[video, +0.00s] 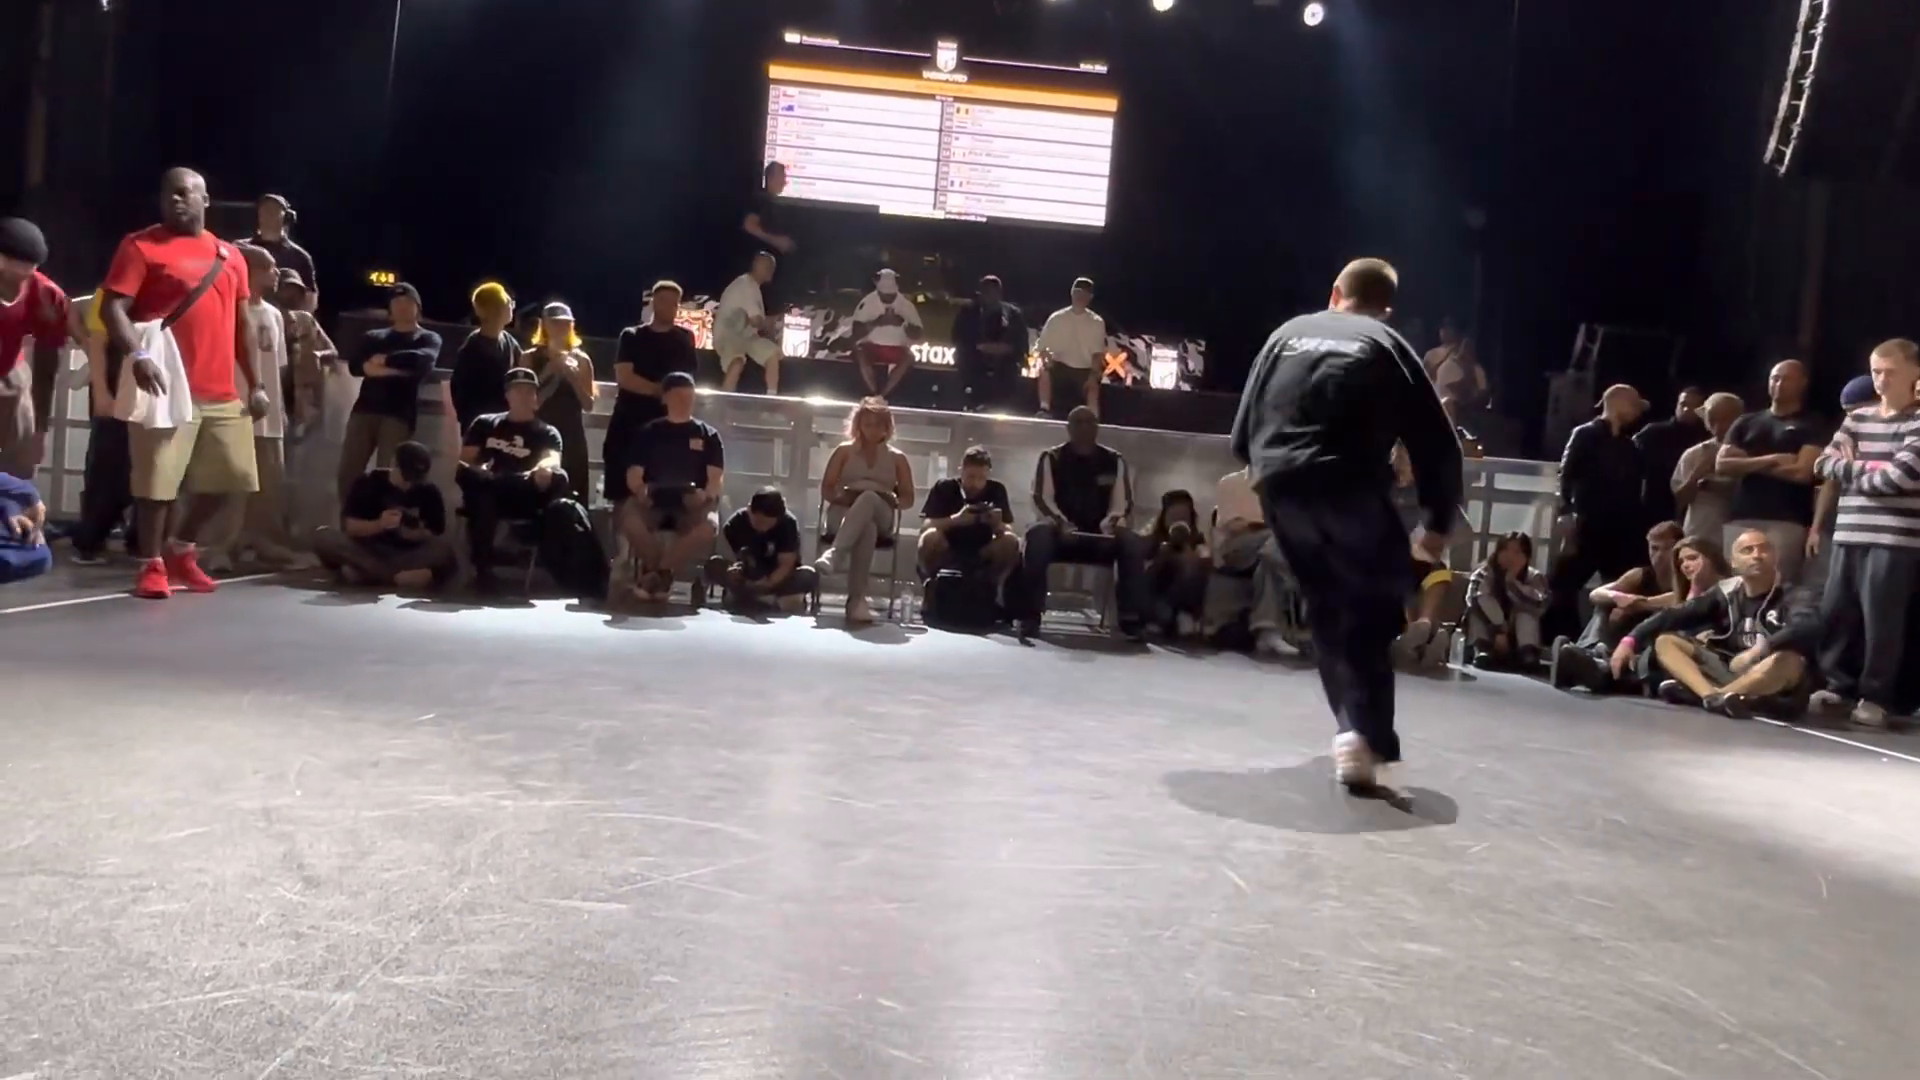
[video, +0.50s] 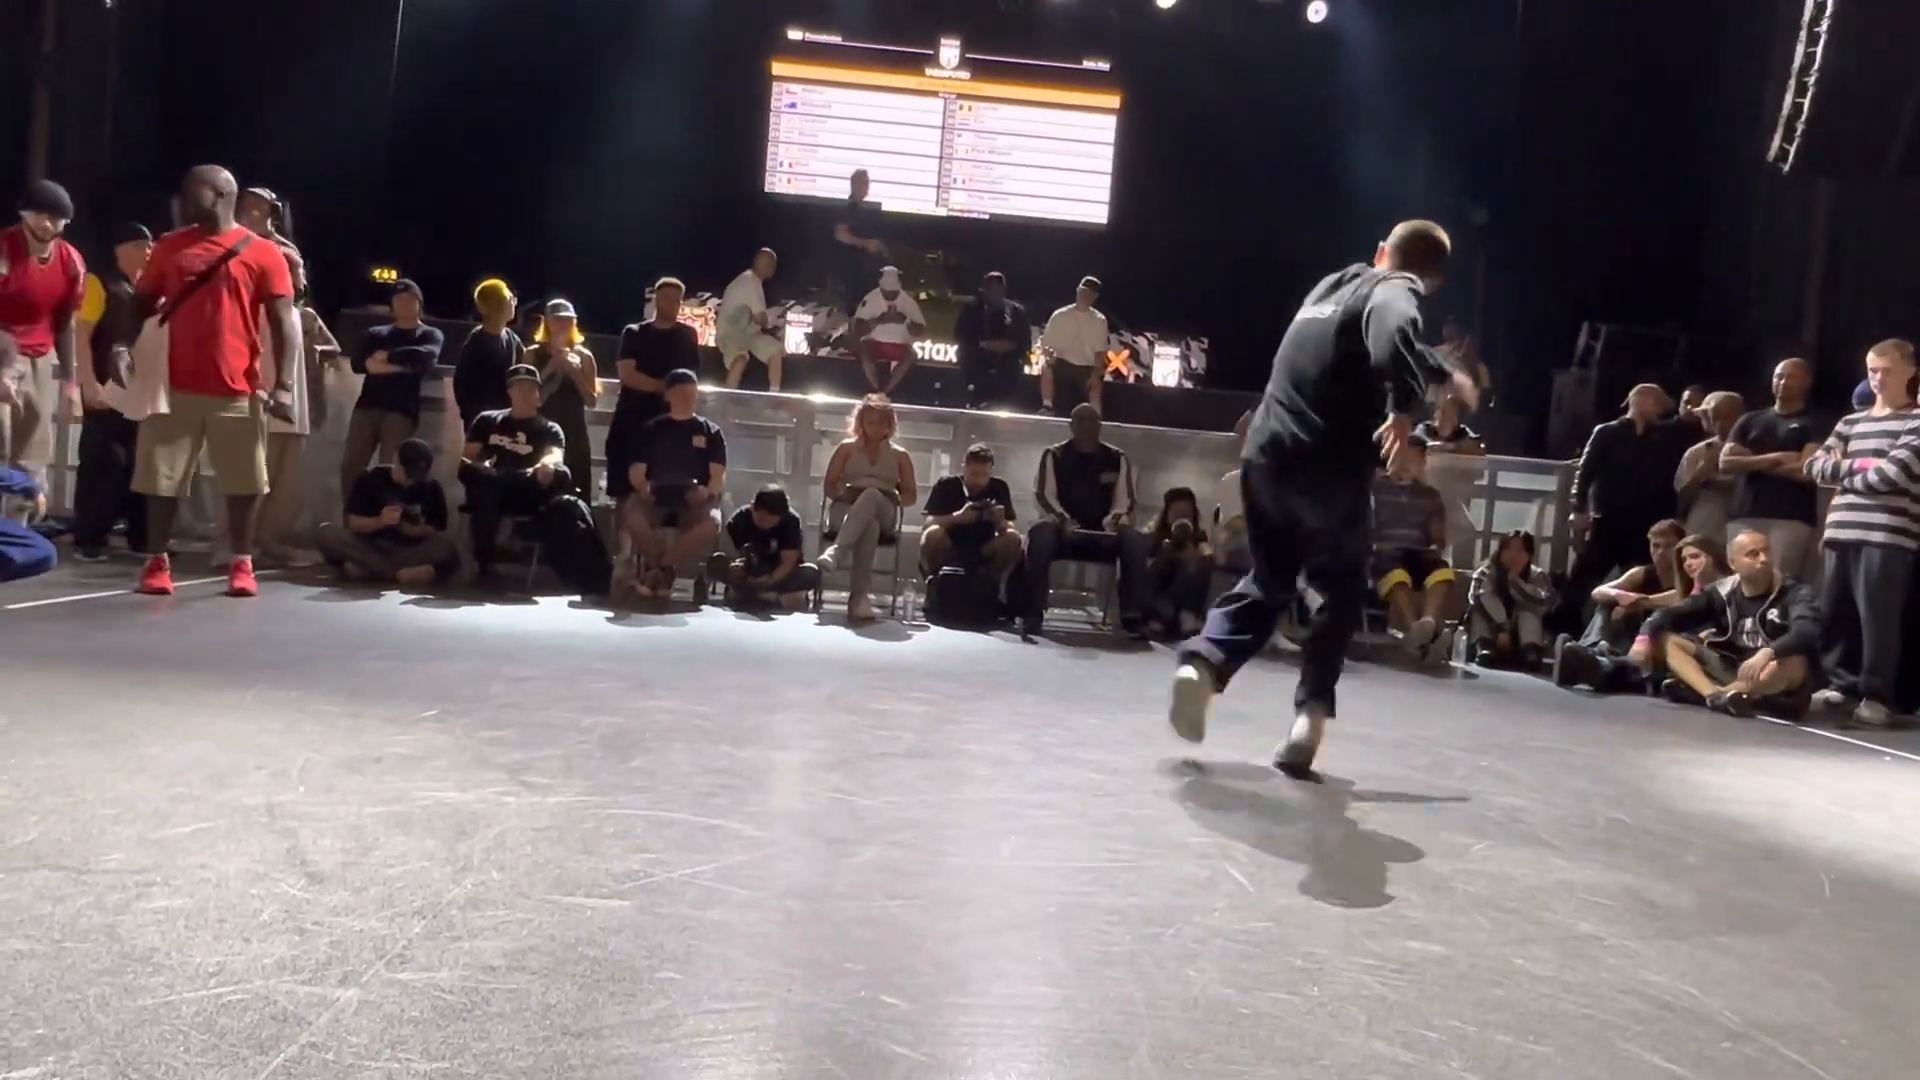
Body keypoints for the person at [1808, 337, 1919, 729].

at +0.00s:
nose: (1878, 380)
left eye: (1887, 373)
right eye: (1875, 373)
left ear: (1915, 377)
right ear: (1871, 375)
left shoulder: (1918, 424)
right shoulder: (1857, 418)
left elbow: (1898, 479)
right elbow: (1824, 464)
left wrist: (1847, 470)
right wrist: (1866, 469)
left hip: (1894, 541)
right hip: (1847, 536)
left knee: (1881, 623)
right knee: (1835, 612)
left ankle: (1876, 699)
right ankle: (1838, 687)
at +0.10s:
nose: (1878, 380)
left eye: (1887, 373)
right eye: (1875, 373)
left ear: (1915, 377)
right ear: (1871, 375)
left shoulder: (1918, 425)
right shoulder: (1856, 420)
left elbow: (1895, 480)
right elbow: (1819, 466)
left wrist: (1845, 473)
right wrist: (1862, 470)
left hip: (1892, 540)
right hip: (1845, 537)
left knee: (1879, 621)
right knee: (1834, 613)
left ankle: (1876, 699)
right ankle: (1839, 686)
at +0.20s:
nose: (1878, 379)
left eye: (1887, 372)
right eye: (1875, 372)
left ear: (1914, 377)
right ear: (1870, 374)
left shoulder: (1916, 425)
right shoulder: (1853, 420)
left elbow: (1890, 479)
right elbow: (1815, 465)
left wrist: (1841, 472)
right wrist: (1860, 471)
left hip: (1891, 540)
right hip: (1843, 536)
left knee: (1879, 620)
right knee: (1836, 614)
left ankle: (1876, 697)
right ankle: (1840, 686)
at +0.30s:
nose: (1877, 378)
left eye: (1886, 371)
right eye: (1874, 371)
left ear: (1912, 375)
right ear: (1870, 373)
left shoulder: (1915, 424)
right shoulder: (1851, 421)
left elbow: (1889, 477)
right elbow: (1813, 465)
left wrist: (1839, 472)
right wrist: (1860, 470)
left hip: (1890, 538)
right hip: (1841, 535)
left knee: (1878, 620)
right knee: (1835, 614)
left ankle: (1875, 697)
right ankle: (1840, 686)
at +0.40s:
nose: (1877, 378)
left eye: (1887, 370)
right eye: (1874, 370)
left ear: (1912, 374)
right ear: (1869, 373)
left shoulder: (1916, 423)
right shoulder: (1851, 421)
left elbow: (1891, 476)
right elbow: (1815, 466)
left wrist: (1840, 471)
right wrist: (1864, 469)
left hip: (1889, 536)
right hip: (1842, 534)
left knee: (1879, 620)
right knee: (1837, 614)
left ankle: (1877, 697)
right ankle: (1841, 686)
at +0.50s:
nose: (1875, 379)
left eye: (1884, 372)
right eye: (1871, 372)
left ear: (1909, 373)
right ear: (1867, 374)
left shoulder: (1915, 422)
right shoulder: (1849, 422)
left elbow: (1891, 475)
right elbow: (1815, 466)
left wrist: (1840, 470)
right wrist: (1867, 468)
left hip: (1888, 534)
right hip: (1841, 532)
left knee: (1878, 618)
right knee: (1835, 613)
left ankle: (1876, 697)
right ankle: (1841, 685)